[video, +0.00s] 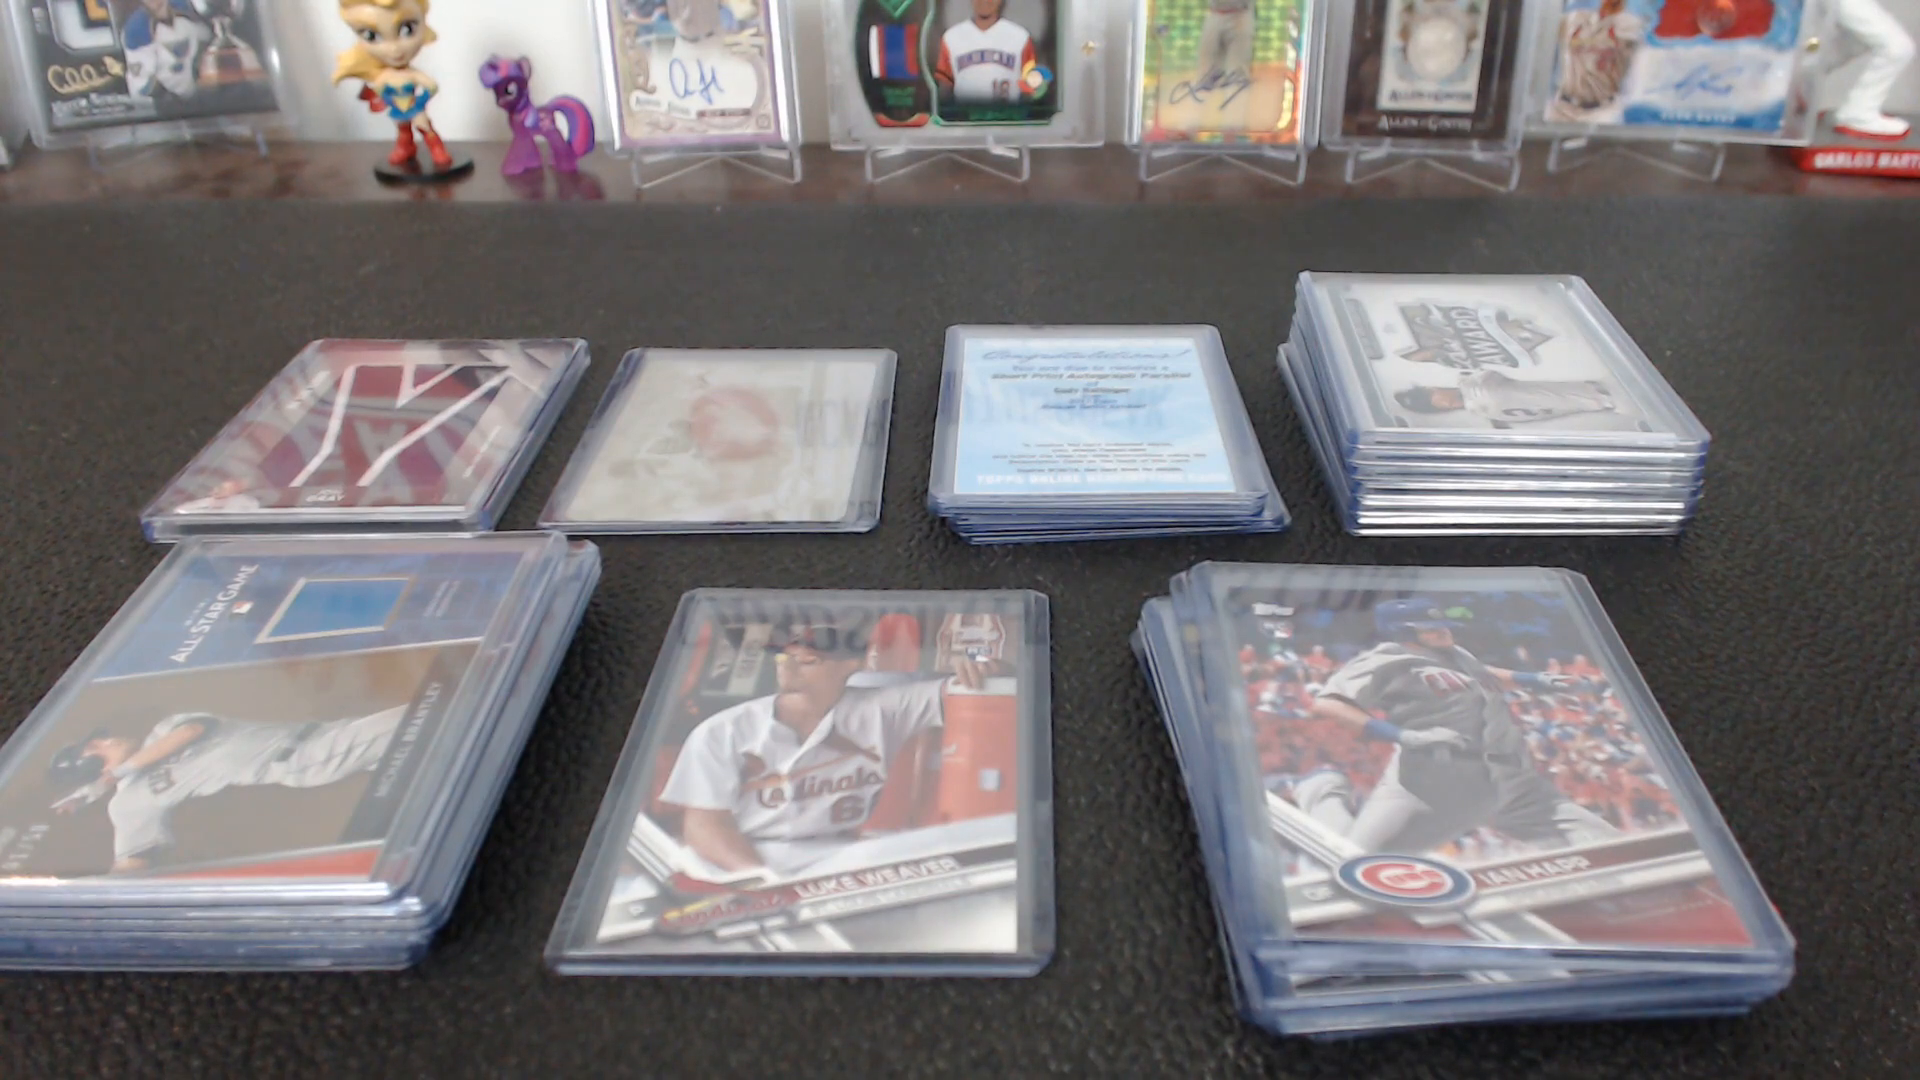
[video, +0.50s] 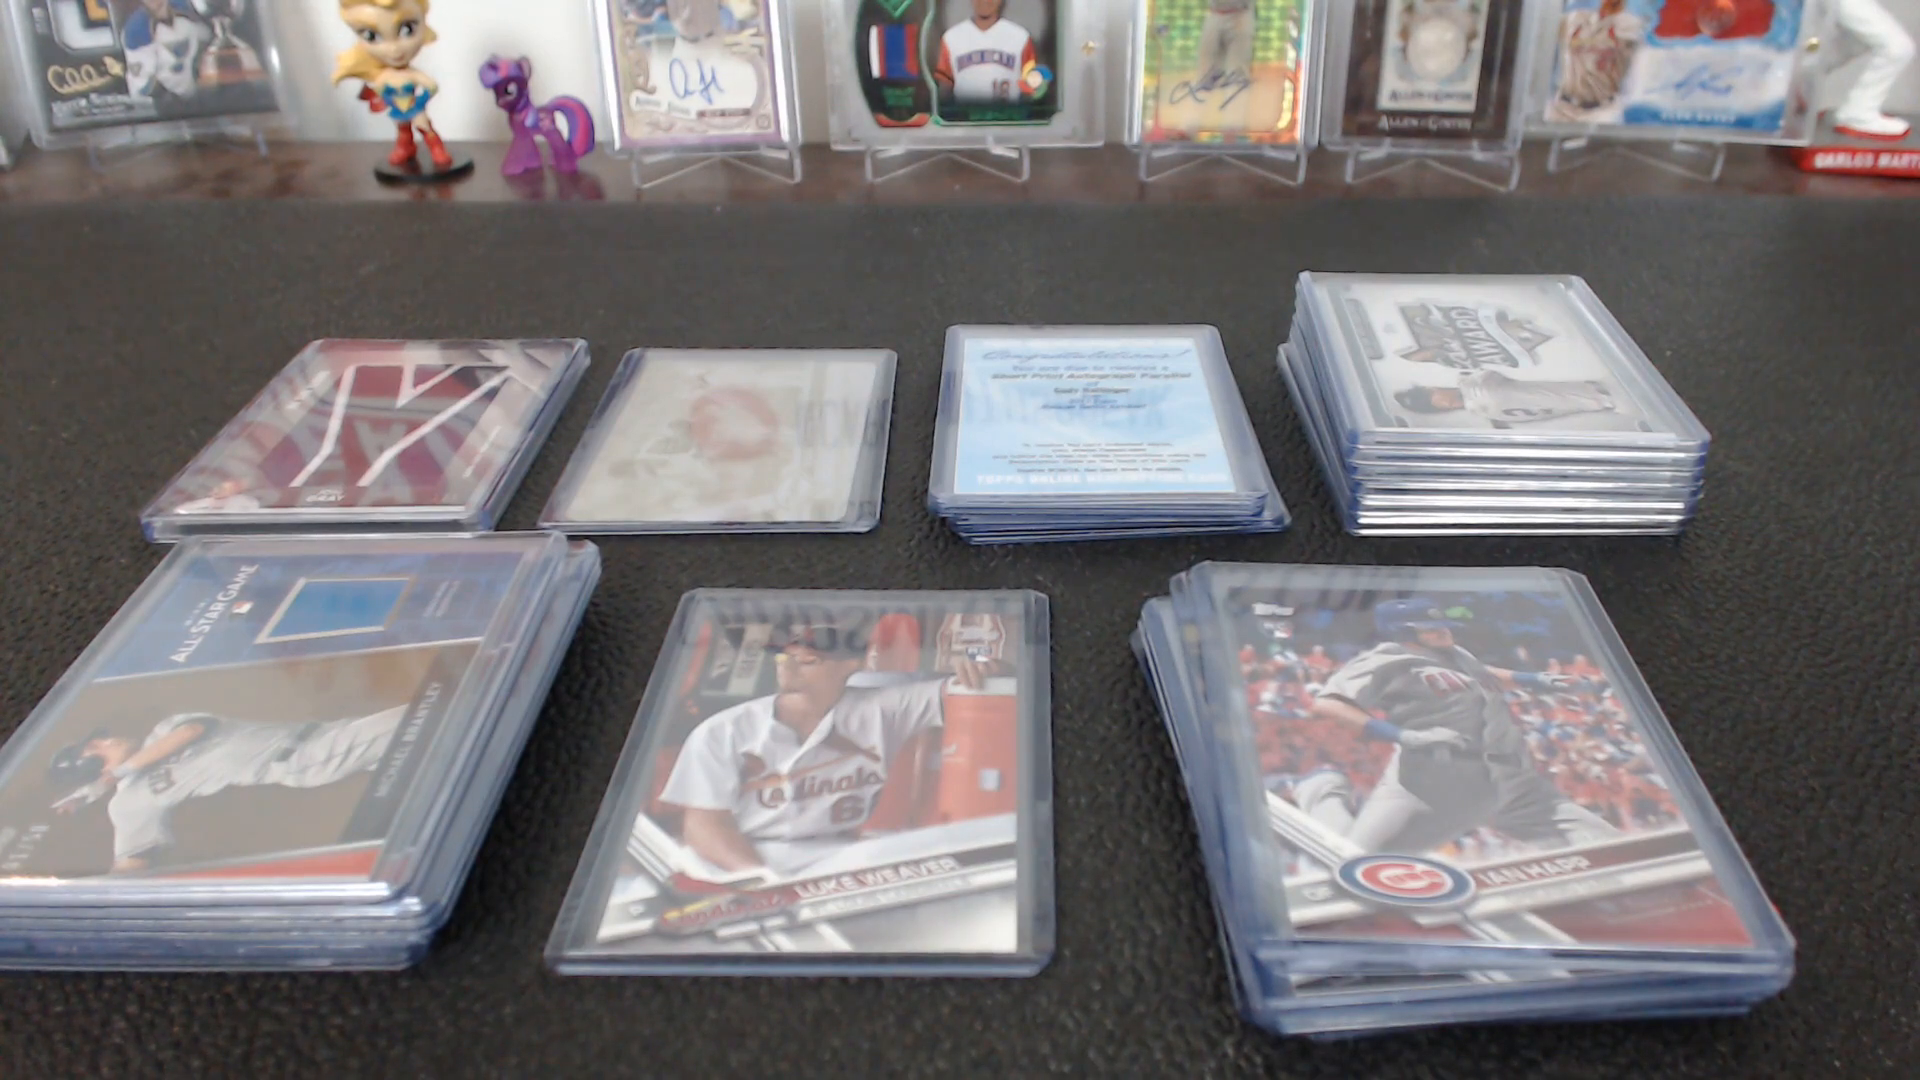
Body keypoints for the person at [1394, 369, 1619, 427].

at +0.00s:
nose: (1445, 401)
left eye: (1439, 396)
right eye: (1440, 403)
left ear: (1441, 388)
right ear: (1440, 407)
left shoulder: (1469, 382)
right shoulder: (1472, 409)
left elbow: (1496, 380)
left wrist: (1484, 387)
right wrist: (1503, 421)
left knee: (1551, 396)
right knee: (1551, 402)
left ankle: (1593, 397)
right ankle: (1589, 397)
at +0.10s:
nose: (1445, 401)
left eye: (1439, 396)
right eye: (1440, 403)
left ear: (1441, 388)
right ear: (1440, 407)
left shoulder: (1469, 382)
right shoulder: (1472, 408)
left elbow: (1495, 380)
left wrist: (1484, 387)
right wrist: (1503, 421)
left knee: (1551, 396)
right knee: (1551, 402)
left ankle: (1593, 397)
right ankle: (1589, 397)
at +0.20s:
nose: (1445, 400)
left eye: (1439, 395)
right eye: (1440, 403)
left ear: (1441, 388)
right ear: (1440, 407)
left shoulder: (1469, 382)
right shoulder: (1472, 409)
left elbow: (1495, 380)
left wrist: (1484, 388)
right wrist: (1503, 421)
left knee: (1551, 396)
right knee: (1551, 403)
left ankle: (1593, 397)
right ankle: (1589, 397)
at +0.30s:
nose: (1445, 400)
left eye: (1439, 395)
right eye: (1440, 403)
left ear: (1441, 388)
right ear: (1440, 407)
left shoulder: (1470, 382)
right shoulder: (1472, 409)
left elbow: (1495, 380)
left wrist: (1484, 388)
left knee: (1552, 396)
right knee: (1551, 402)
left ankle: (1594, 397)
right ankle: (1590, 397)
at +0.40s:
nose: (1445, 400)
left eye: (1439, 395)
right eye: (1440, 403)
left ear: (1440, 388)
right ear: (1440, 407)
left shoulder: (1469, 382)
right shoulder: (1472, 409)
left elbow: (1495, 380)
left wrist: (1484, 387)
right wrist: (1504, 421)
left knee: (1551, 396)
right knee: (1551, 402)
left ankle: (1593, 397)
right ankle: (1589, 397)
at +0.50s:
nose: (1445, 400)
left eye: (1439, 395)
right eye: (1440, 403)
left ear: (1440, 388)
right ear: (1440, 407)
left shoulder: (1469, 382)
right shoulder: (1472, 409)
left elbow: (1495, 380)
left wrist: (1484, 387)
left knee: (1552, 396)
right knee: (1551, 402)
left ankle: (1593, 397)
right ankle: (1589, 397)